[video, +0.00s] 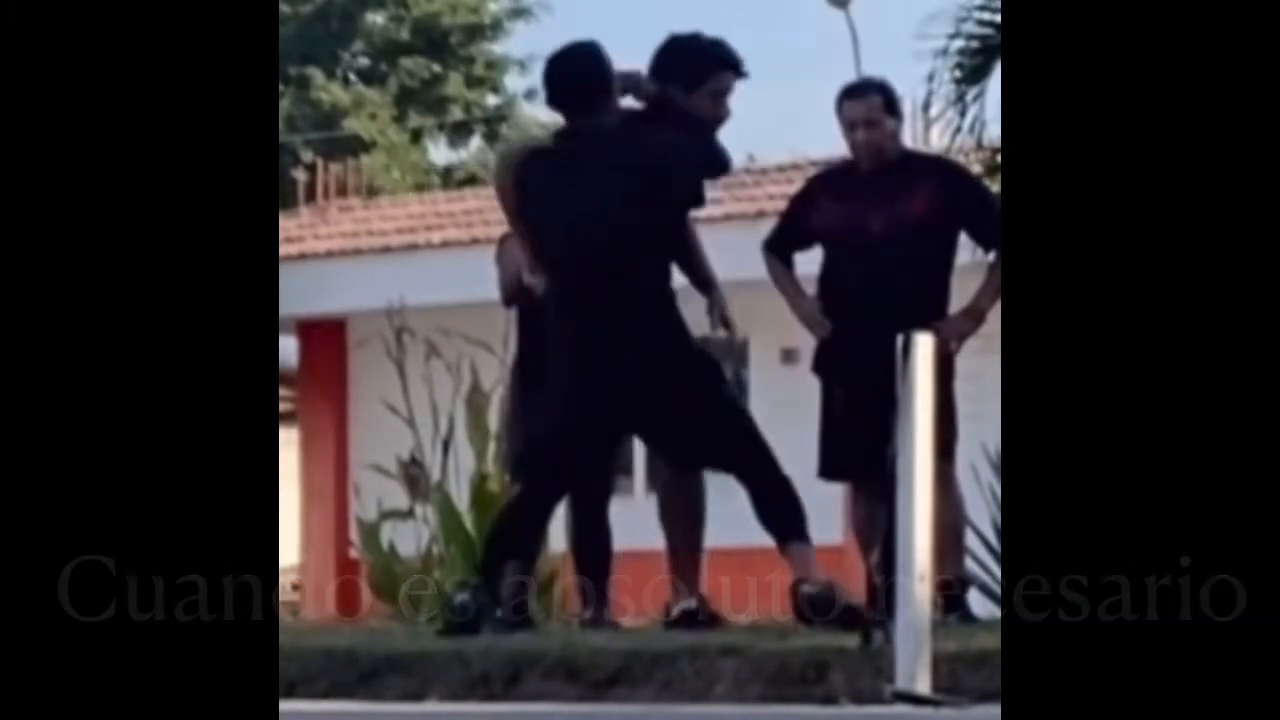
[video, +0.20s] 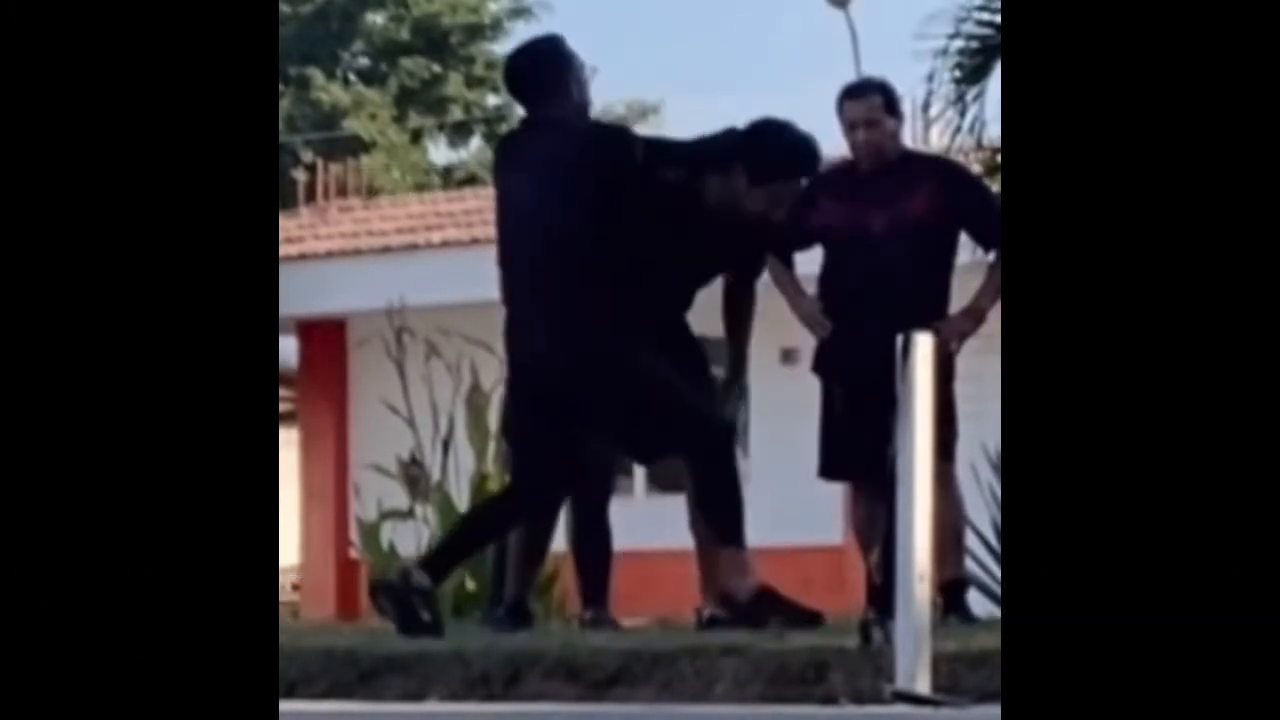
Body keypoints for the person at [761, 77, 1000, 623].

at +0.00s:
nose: (862, 137)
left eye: (872, 124)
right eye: (852, 127)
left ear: (897, 123)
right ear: (841, 132)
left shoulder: (941, 179)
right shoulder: (828, 187)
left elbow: (1001, 244)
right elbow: (775, 252)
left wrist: (972, 315)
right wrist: (812, 318)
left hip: (922, 350)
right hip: (850, 350)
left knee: (934, 474)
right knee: (864, 481)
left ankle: (949, 587)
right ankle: (878, 593)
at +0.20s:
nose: (863, 137)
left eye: (873, 124)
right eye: (853, 127)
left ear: (897, 123)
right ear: (841, 132)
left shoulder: (942, 179)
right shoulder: (827, 188)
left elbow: (1002, 242)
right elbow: (774, 250)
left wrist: (970, 316)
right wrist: (815, 319)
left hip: (922, 348)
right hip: (851, 348)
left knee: (934, 473)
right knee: (865, 480)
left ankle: (951, 590)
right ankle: (878, 598)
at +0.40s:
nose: (863, 137)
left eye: (873, 124)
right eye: (852, 127)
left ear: (898, 123)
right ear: (842, 131)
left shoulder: (943, 179)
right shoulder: (829, 187)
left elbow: (1001, 243)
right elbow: (777, 248)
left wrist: (972, 315)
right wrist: (802, 318)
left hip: (922, 350)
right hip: (849, 350)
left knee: (933, 474)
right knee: (864, 481)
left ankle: (951, 591)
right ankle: (878, 598)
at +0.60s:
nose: (863, 137)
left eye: (874, 125)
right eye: (853, 127)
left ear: (899, 123)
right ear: (843, 131)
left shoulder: (944, 180)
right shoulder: (830, 188)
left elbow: (1001, 245)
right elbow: (777, 251)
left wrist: (973, 316)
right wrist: (816, 321)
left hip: (922, 350)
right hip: (850, 349)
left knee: (933, 472)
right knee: (865, 477)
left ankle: (952, 591)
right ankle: (879, 598)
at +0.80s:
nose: (864, 138)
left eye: (875, 125)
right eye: (854, 127)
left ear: (900, 124)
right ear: (844, 131)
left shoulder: (946, 180)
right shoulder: (831, 188)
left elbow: (1002, 246)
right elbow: (778, 251)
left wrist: (973, 318)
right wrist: (816, 321)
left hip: (923, 351)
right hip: (851, 350)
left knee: (933, 473)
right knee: (858, 479)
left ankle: (952, 593)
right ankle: (879, 600)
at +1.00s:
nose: (866, 138)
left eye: (876, 126)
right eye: (856, 128)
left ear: (902, 124)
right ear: (846, 132)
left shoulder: (947, 180)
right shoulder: (832, 188)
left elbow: (1002, 246)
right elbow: (778, 250)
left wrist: (974, 317)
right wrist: (814, 317)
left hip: (924, 353)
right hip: (852, 353)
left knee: (934, 476)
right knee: (866, 484)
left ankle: (952, 595)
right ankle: (878, 601)